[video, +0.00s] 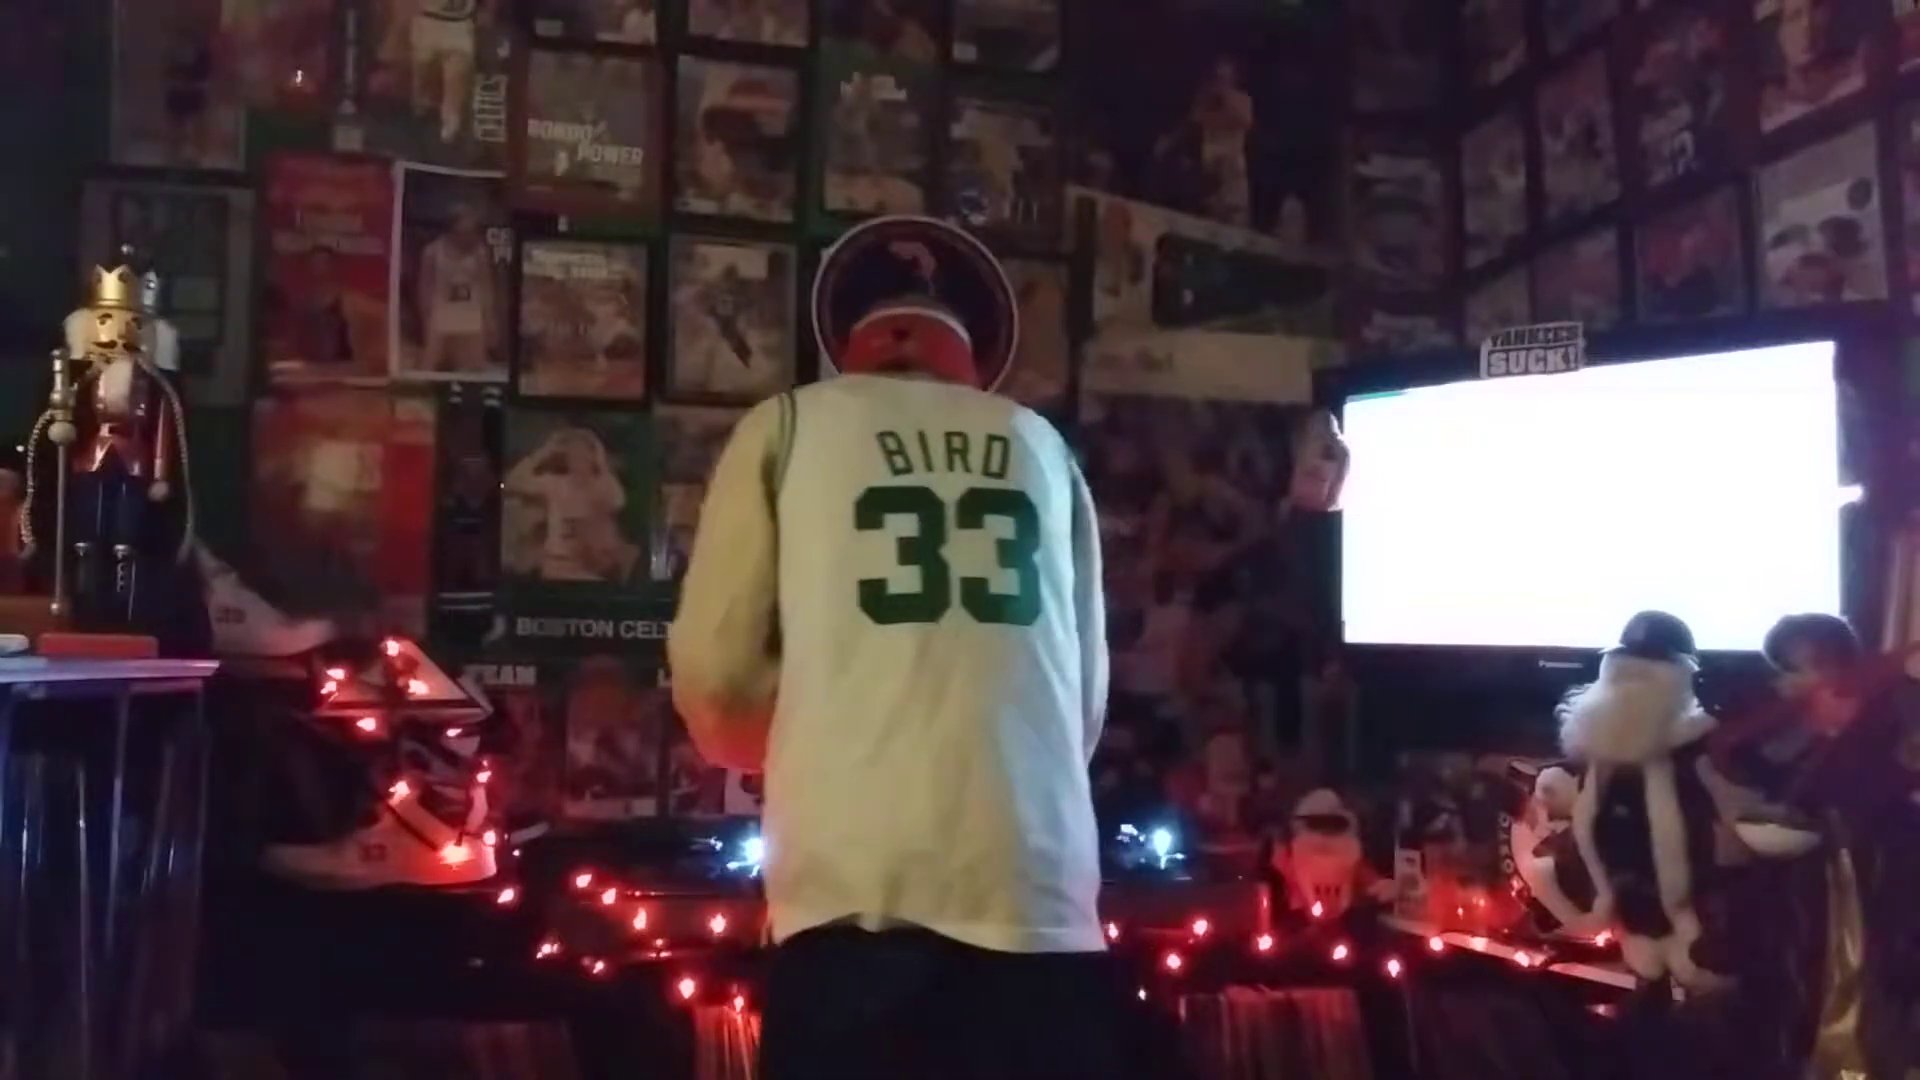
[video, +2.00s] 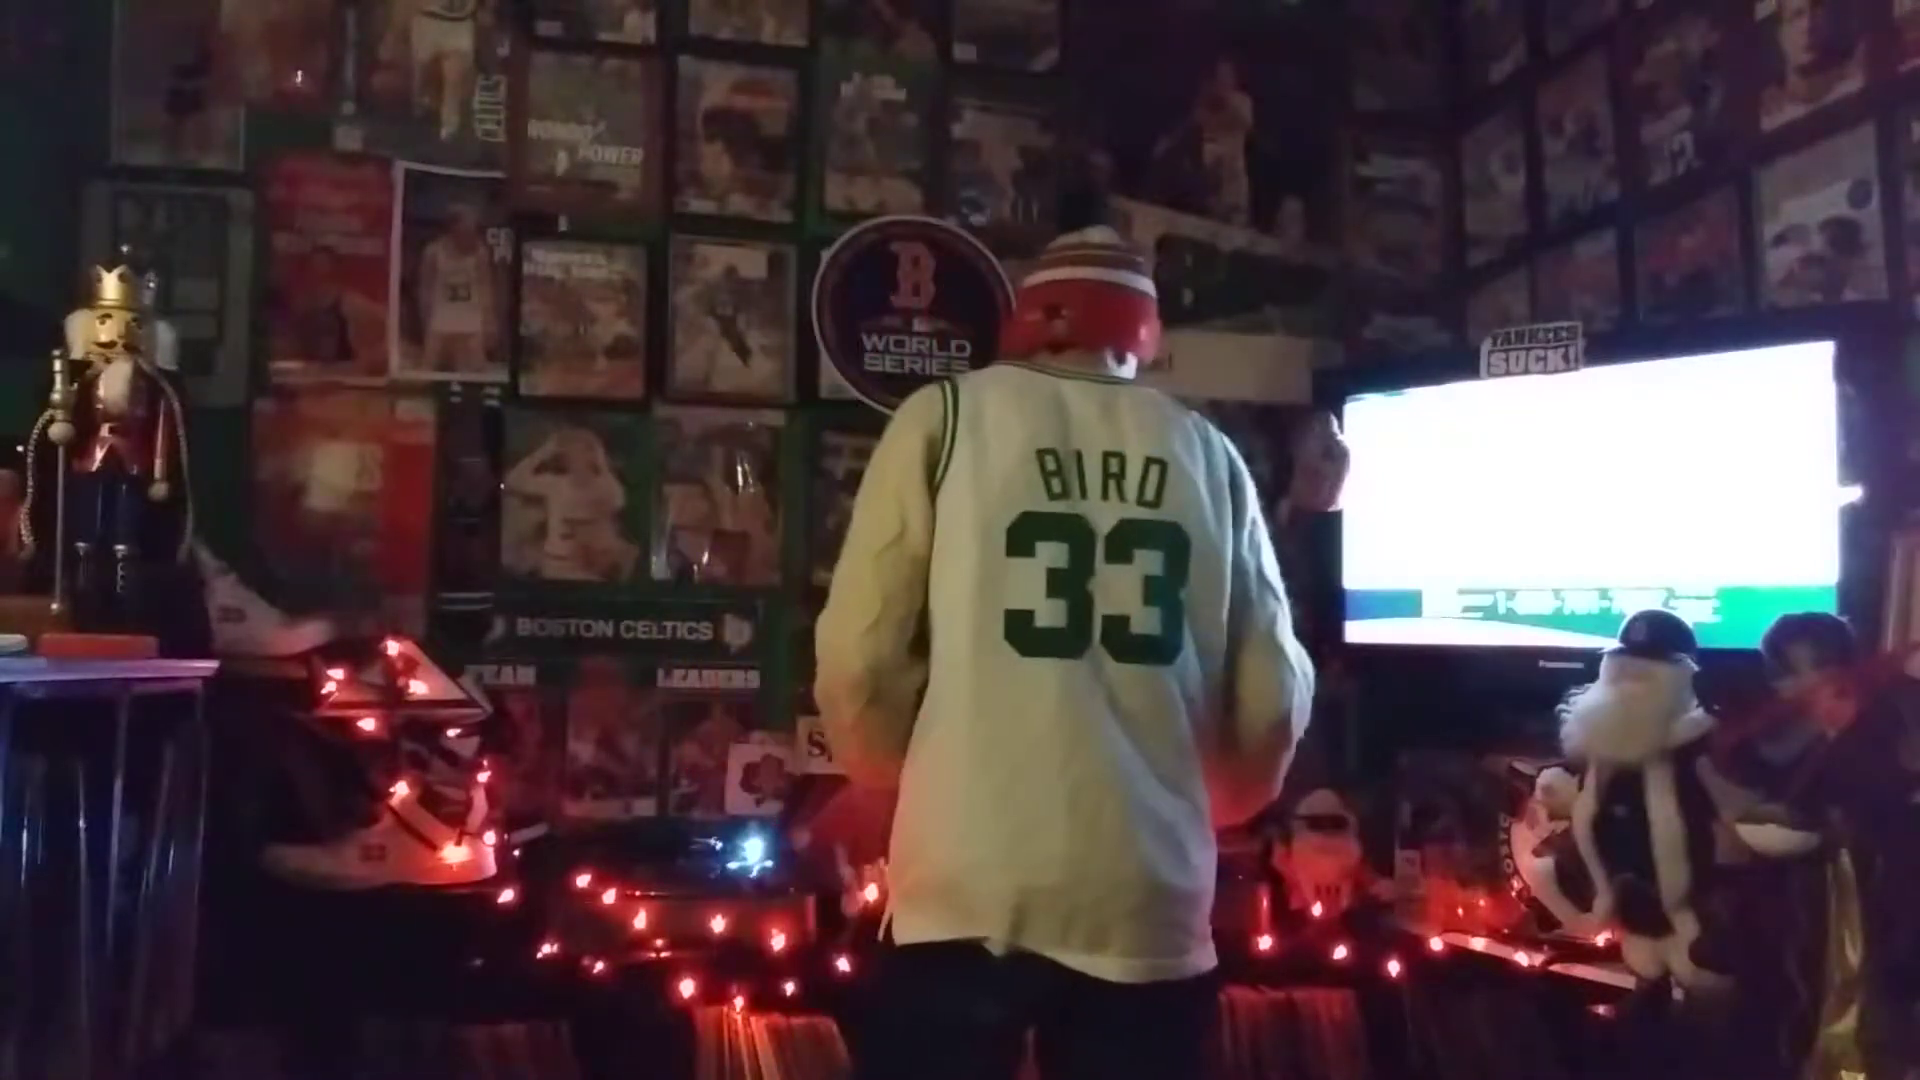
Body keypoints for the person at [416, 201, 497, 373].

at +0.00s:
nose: (467, 236)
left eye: (471, 231)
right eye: (463, 231)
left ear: (476, 231)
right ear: (453, 229)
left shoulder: (481, 252)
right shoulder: (434, 252)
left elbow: (488, 289)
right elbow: (425, 287)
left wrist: (490, 321)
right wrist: (428, 317)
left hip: (472, 323)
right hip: (441, 323)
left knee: (474, 375)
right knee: (431, 375)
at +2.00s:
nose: (466, 237)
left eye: (470, 231)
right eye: (462, 231)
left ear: (475, 231)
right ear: (452, 230)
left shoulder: (480, 253)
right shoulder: (434, 253)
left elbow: (486, 291)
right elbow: (425, 288)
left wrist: (490, 324)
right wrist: (427, 319)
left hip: (472, 330)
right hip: (440, 329)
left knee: (473, 382)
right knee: (434, 381)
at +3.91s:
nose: (467, 236)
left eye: (471, 231)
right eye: (463, 231)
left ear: (476, 231)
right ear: (453, 230)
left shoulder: (480, 253)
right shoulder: (433, 253)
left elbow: (486, 289)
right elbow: (426, 289)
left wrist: (489, 322)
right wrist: (426, 320)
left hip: (472, 326)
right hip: (440, 326)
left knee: (473, 379)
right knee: (434, 380)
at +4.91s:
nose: (468, 237)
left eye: (471, 231)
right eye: (464, 231)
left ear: (476, 230)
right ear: (454, 229)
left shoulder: (480, 253)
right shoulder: (434, 253)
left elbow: (486, 288)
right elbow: (425, 287)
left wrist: (489, 320)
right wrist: (426, 316)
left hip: (472, 325)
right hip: (440, 325)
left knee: (473, 375)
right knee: (434, 375)